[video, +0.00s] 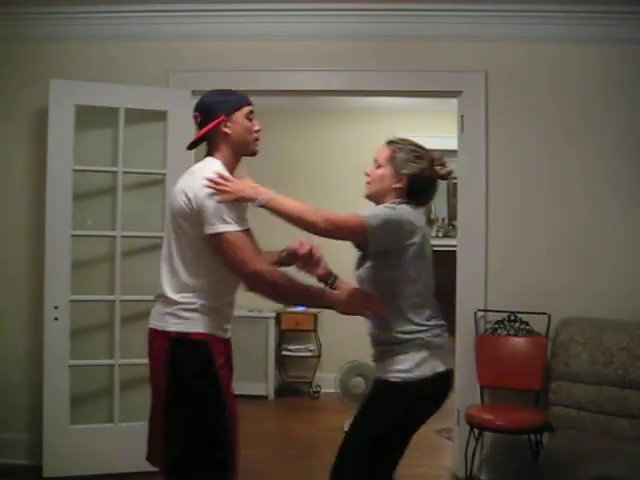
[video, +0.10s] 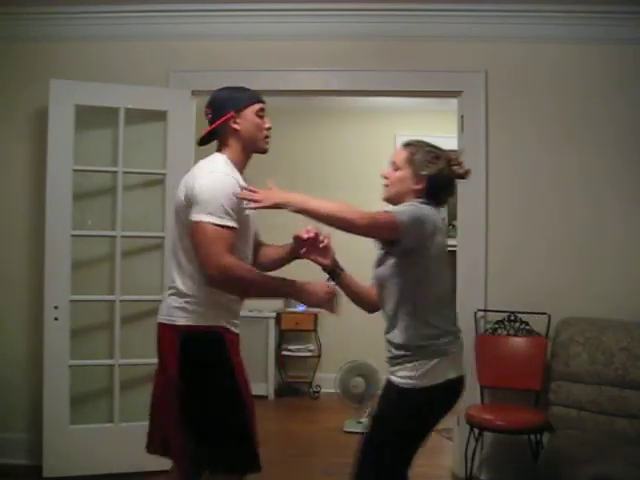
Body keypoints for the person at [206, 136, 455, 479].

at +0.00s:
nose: (368, 171)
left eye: (377, 165)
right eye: (373, 163)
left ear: (399, 180)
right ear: (399, 182)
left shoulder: (399, 219)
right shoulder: (399, 222)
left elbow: (322, 222)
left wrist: (256, 193)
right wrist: (325, 273)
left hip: (413, 372)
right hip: (411, 369)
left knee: (351, 470)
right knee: (367, 470)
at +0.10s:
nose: (385, 173)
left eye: (395, 167)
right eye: (389, 165)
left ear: (419, 182)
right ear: (415, 183)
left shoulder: (421, 217)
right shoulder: (403, 229)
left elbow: (361, 221)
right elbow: (373, 301)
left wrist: (285, 199)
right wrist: (333, 266)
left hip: (427, 375)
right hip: (413, 372)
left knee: (375, 470)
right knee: (380, 468)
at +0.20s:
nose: (405, 176)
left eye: (414, 170)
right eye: (409, 169)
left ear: (440, 183)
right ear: (436, 183)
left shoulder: (445, 219)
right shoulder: (423, 237)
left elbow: (393, 222)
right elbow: (384, 296)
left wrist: (323, 203)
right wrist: (338, 271)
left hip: (443, 379)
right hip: (425, 377)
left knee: (405, 474)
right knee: (405, 473)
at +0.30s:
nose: (425, 178)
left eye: (435, 171)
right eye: (429, 171)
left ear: (462, 181)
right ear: (459, 183)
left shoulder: (465, 217)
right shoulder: (445, 229)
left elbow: (425, 234)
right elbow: (417, 298)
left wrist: (347, 213)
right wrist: (361, 296)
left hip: (469, 380)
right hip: (456, 378)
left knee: (427, 473)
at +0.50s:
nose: (464, 178)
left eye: (473, 171)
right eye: (467, 170)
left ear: (500, 180)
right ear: (498, 181)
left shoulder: (504, 223)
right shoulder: (496, 226)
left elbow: (457, 275)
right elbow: (463, 307)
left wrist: (381, 259)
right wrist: (402, 322)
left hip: (518, 382)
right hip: (509, 379)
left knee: (469, 473)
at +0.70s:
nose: (485, 180)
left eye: (495, 173)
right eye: (488, 172)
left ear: (521, 185)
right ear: (519, 186)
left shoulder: (527, 232)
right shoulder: (513, 229)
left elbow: (496, 311)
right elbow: (489, 292)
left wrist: (426, 296)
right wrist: (432, 288)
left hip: (549, 382)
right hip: (534, 379)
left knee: (510, 471)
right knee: (545, 473)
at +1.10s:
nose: (469, 173)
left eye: (480, 167)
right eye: (473, 166)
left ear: (506, 179)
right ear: (500, 180)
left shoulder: (521, 228)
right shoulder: (476, 234)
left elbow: (490, 280)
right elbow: (459, 303)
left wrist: (421, 236)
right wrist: (398, 291)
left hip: (530, 380)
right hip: (499, 383)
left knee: (522, 473)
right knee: (511, 470)